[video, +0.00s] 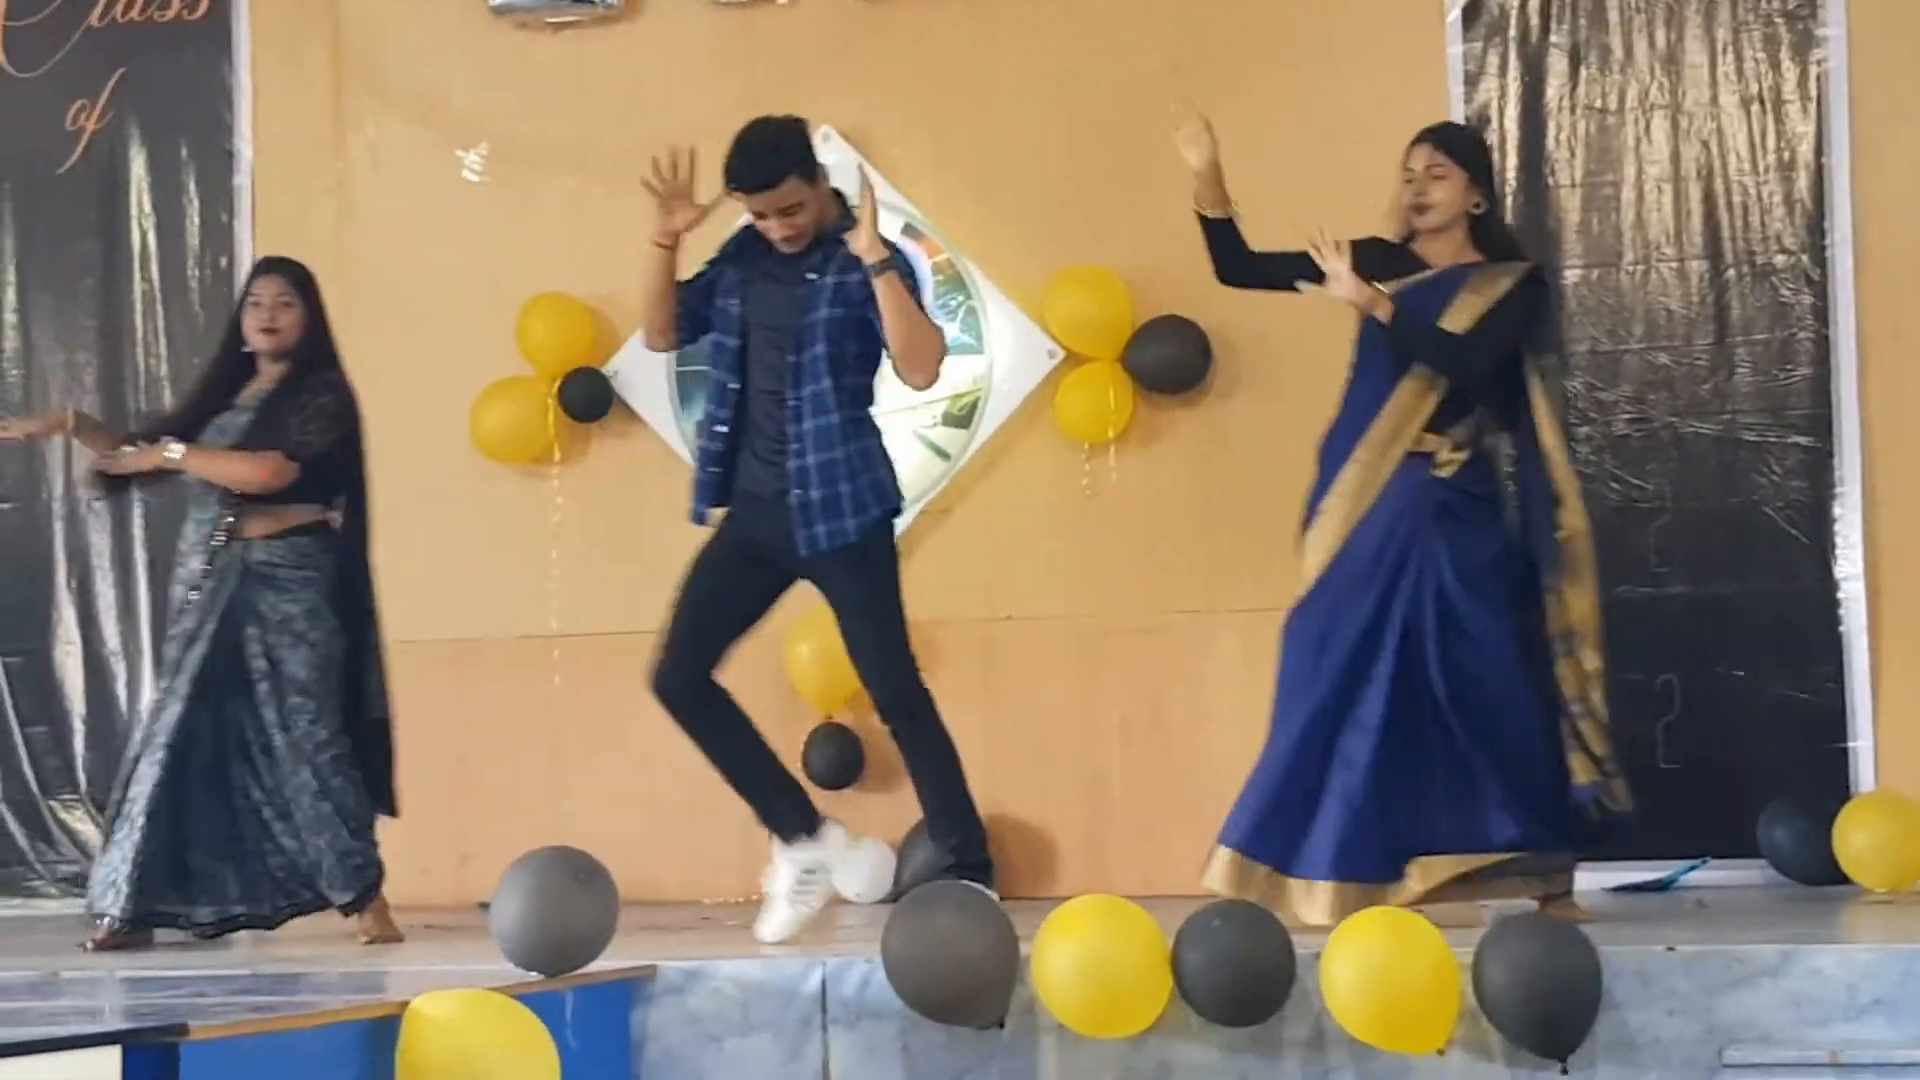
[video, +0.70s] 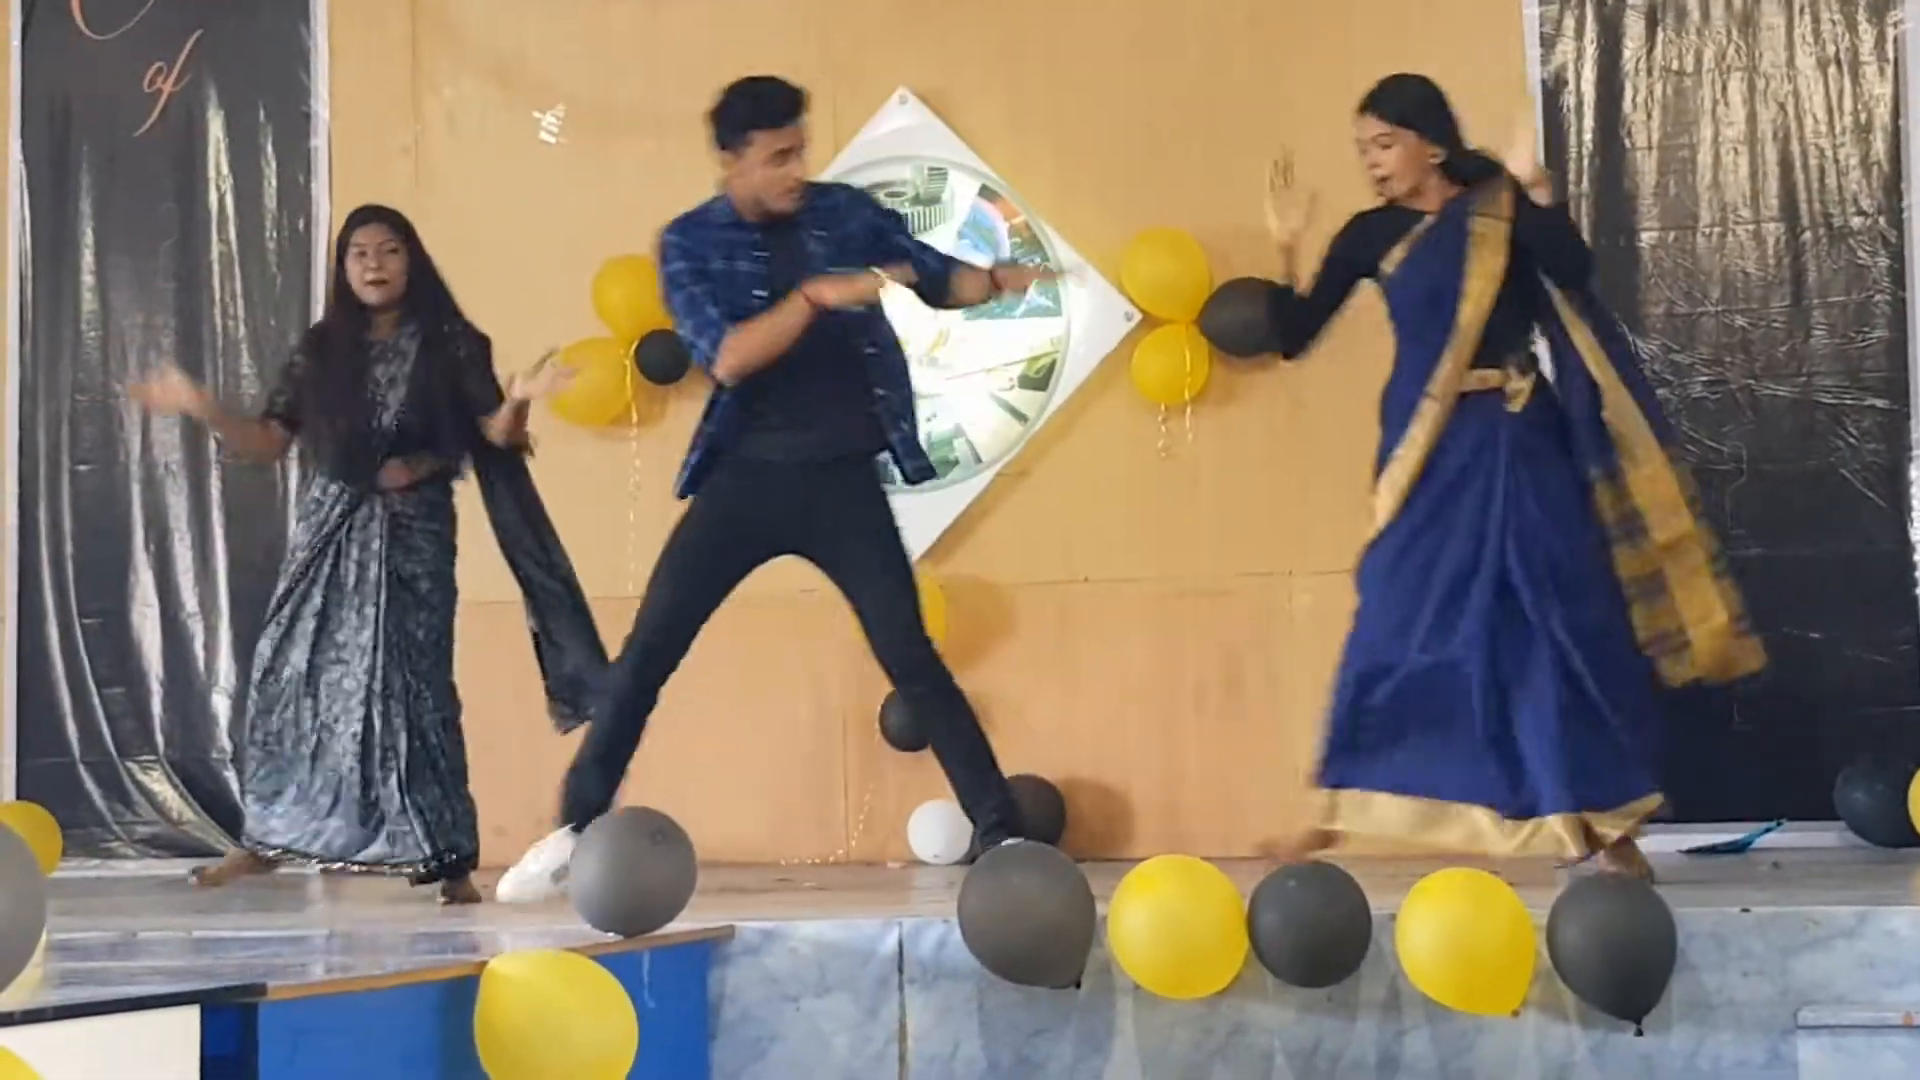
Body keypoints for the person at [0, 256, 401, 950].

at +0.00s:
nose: (267, 316)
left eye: (284, 305)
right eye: (256, 305)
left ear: (311, 318)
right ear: (240, 318)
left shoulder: (324, 395)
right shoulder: (225, 398)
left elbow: (274, 473)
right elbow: (139, 456)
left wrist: (170, 456)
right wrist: (76, 423)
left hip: (290, 580)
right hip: (217, 581)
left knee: (309, 736)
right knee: (174, 729)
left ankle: (366, 894)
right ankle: (130, 906)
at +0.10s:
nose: (308, 303)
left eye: (324, 292)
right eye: (296, 292)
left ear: (352, 306)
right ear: (280, 308)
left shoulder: (370, 383)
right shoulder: (267, 387)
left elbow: (322, 456)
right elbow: (185, 435)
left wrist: (219, 452)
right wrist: (85, 430)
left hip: (344, 565)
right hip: (267, 567)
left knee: (350, 721)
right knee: (218, 712)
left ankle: (391, 888)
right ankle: (181, 892)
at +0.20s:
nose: (353, 284)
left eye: (368, 274)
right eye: (340, 273)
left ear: (390, 290)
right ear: (321, 289)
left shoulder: (408, 356)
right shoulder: (305, 365)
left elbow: (390, 435)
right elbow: (228, 424)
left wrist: (282, 438)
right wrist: (134, 416)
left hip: (386, 546)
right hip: (311, 549)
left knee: (385, 708)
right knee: (276, 695)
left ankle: (419, 880)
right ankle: (246, 865)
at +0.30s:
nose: (384, 273)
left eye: (398, 264)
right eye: (371, 263)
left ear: (419, 278)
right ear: (349, 278)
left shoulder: (435, 345)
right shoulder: (329, 351)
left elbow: (462, 423)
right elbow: (265, 421)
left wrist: (356, 425)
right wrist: (186, 422)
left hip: (411, 535)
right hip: (336, 538)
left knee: (415, 698)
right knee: (326, 693)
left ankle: (439, 871)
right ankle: (328, 869)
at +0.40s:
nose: (402, 270)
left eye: (414, 260)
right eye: (387, 259)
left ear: (432, 274)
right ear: (362, 274)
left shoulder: (451, 350)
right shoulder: (339, 357)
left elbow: (512, 435)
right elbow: (312, 446)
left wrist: (421, 449)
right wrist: (260, 462)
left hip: (417, 545)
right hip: (341, 546)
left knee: (423, 700)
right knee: (343, 697)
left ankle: (447, 872)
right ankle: (347, 869)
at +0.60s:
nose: (392, 273)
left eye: (406, 262)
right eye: (378, 263)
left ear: (428, 274)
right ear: (359, 278)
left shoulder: (462, 359)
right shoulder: (335, 358)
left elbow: (498, 440)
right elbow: (308, 443)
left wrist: (495, 457)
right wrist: (268, 477)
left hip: (422, 544)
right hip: (341, 542)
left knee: (421, 698)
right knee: (281, 676)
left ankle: (444, 870)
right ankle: (306, 837)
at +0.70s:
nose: (374, 265)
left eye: (389, 251)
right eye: (359, 254)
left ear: (414, 261)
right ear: (343, 268)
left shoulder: (454, 344)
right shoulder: (323, 347)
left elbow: (498, 437)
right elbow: (269, 442)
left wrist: (520, 399)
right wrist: (201, 405)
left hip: (413, 533)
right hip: (329, 531)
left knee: (419, 686)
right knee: (283, 673)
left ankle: (451, 863)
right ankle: (263, 841)